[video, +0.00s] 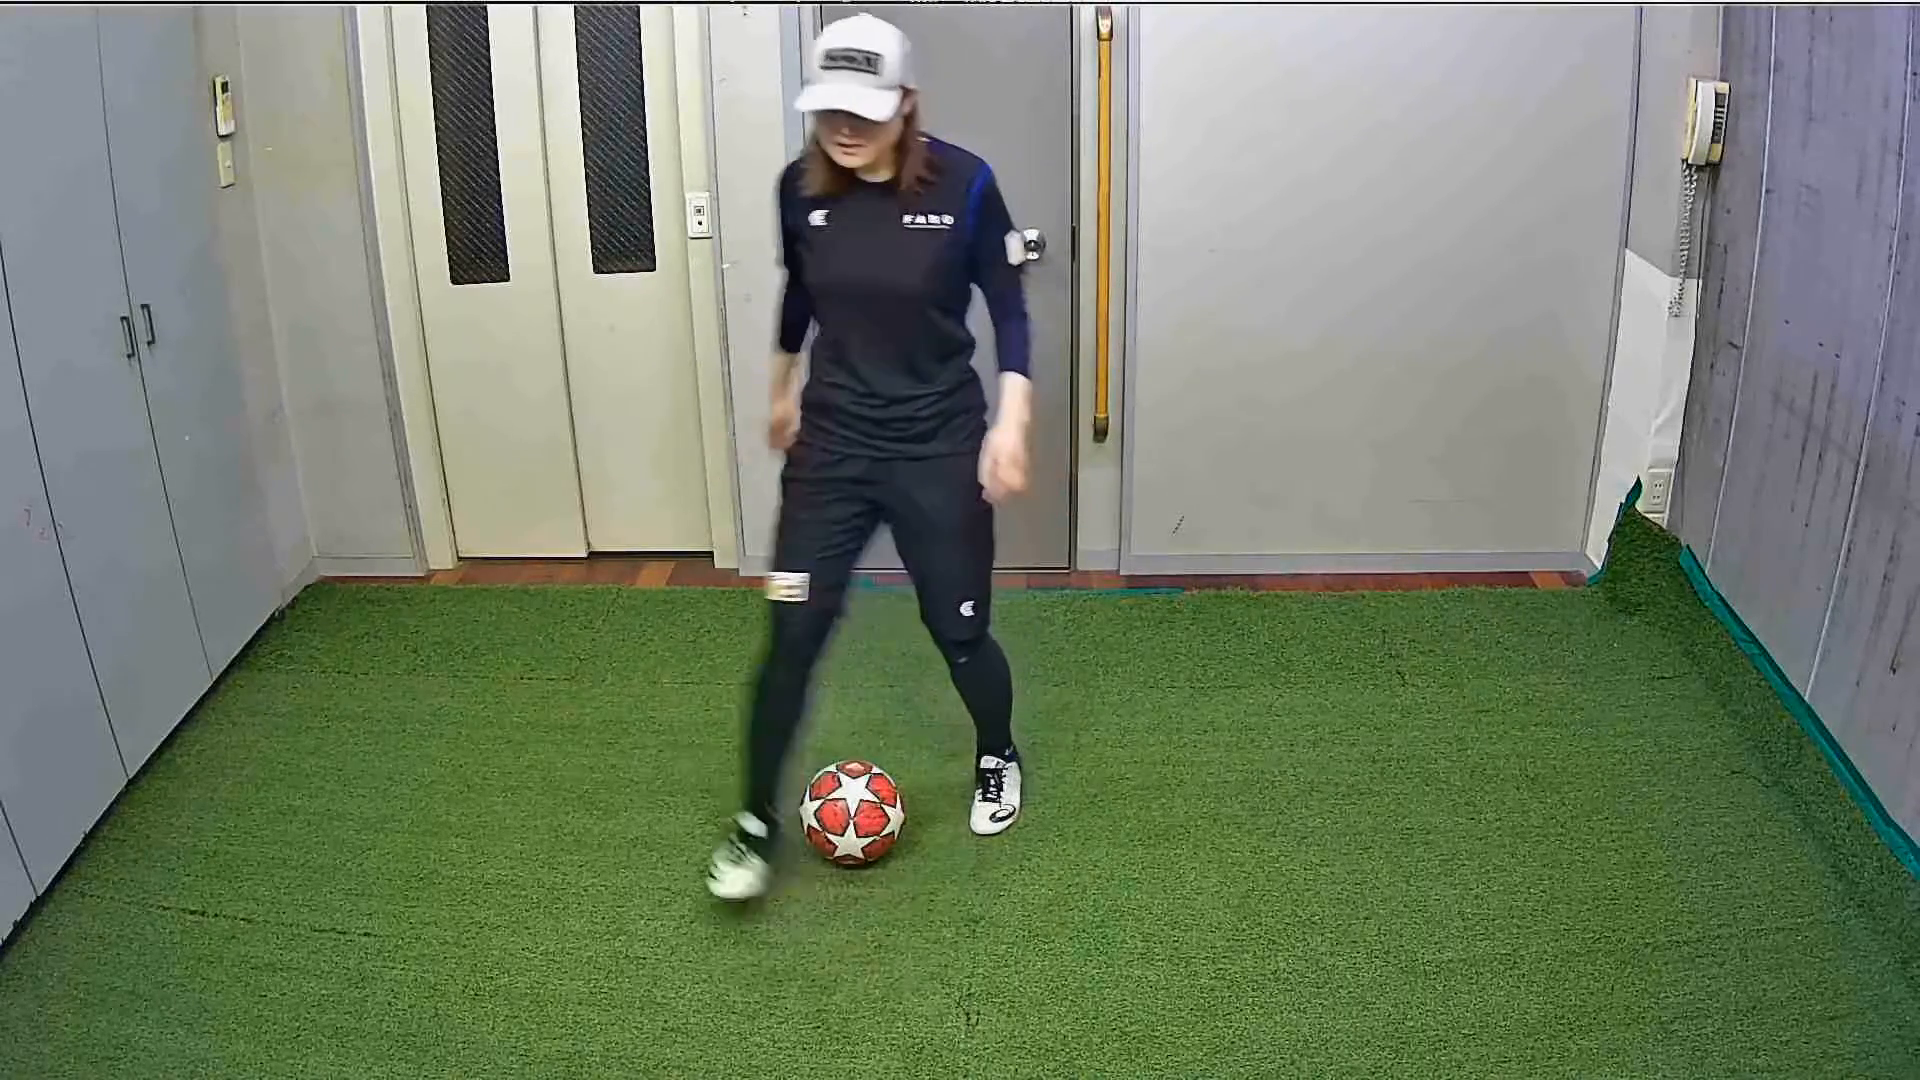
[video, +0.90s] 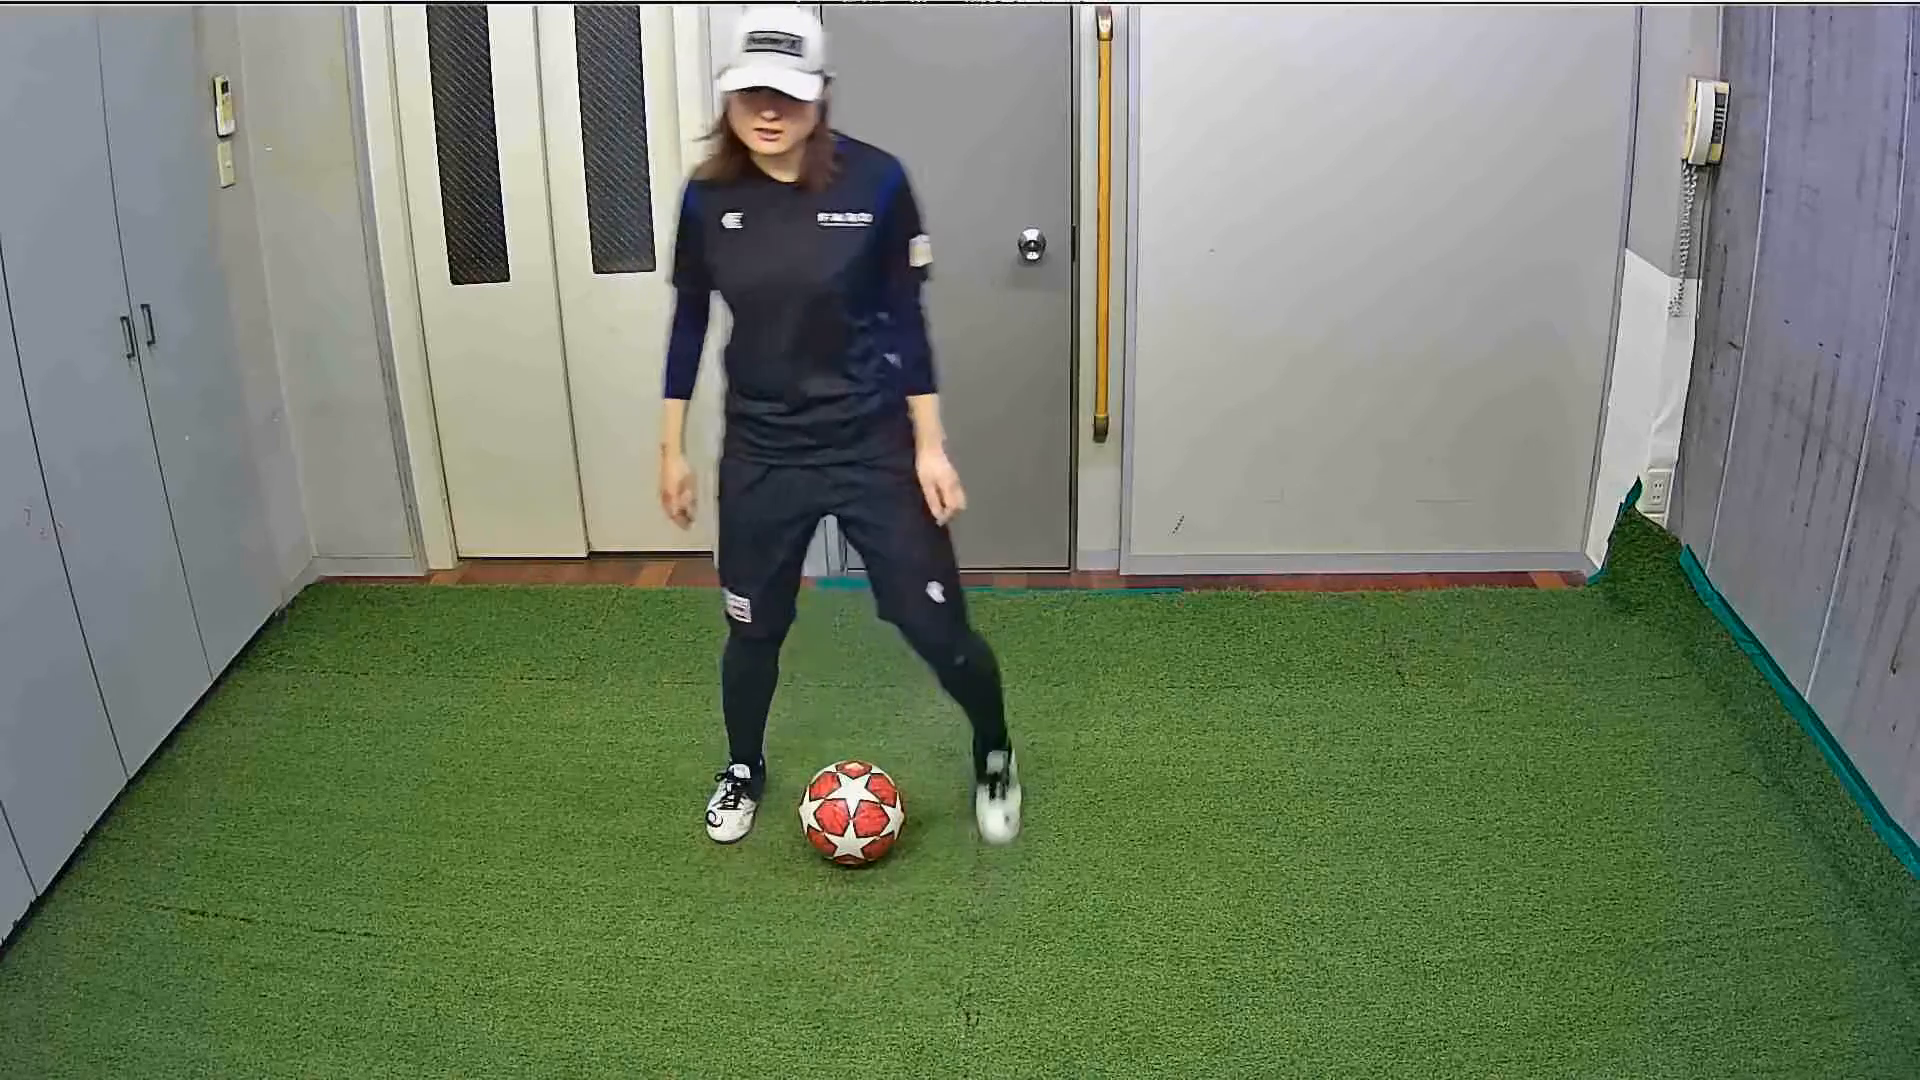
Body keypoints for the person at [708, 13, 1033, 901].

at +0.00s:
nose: (846, 127)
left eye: (864, 112)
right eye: (830, 111)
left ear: (903, 106)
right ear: (810, 108)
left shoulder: (963, 184)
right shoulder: (800, 187)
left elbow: (1009, 306)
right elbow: (799, 288)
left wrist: (1011, 420)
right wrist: (782, 391)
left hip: (939, 442)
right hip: (832, 442)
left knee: (960, 626)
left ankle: (997, 758)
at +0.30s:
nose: (750, 120)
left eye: (770, 103)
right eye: (733, 103)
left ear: (811, 103)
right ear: (714, 108)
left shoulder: (870, 186)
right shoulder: (704, 201)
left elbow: (915, 300)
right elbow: (694, 312)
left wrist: (942, 427)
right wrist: (666, 436)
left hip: (846, 446)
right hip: (742, 447)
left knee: (839, 644)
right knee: (738, 626)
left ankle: (930, 722)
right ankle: (741, 770)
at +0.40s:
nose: (721, 123)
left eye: (742, 107)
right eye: (705, 108)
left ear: (779, 108)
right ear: (686, 114)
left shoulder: (844, 185)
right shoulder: (681, 210)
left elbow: (879, 302)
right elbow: (658, 331)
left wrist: (903, 409)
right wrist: (631, 451)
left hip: (829, 451)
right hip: (727, 452)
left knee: (772, 645)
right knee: (726, 630)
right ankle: (742, 769)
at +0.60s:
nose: (714, 122)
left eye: (733, 105)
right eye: (697, 107)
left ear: (769, 106)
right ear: (677, 115)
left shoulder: (835, 181)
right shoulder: (663, 215)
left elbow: (873, 302)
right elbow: (642, 344)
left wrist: (894, 425)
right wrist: (622, 469)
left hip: (831, 445)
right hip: (724, 454)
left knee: (805, 635)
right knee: (733, 632)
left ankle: (800, 836)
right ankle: (743, 770)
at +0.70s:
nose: (724, 120)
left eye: (742, 103)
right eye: (707, 104)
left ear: (776, 104)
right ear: (684, 110)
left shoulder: (837, 179)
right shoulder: (663, 208)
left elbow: (872, 303)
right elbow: (649, 340)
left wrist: (897, 426)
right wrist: (632, 469)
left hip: (838, 436)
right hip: (729, 447)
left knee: (854, 633)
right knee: (734, 628)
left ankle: (888, 828)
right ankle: (741, 772)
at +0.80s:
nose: (751, 114)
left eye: (772, 98)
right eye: (734, 95)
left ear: (803, 100)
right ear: (708, 99)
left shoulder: (858, 182)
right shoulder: (689, 197)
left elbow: (886, 313)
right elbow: (673, 324)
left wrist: (915, 437)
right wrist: (657, 452)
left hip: (857, 437)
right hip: (747, 446)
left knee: (915, 619)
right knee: (743, 624)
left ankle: (984, 788)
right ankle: (744, 772)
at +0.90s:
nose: (770, 110)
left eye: (789, 94)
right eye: (752, 93)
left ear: (820, 98)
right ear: (727, 99)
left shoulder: (876, 182)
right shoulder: (708, 194)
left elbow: (907, 316)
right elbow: (689, 316)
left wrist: (931, 445)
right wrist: (671, 445)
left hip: (873, 443)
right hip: (761, 447)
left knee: (930, 621)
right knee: (752, 624)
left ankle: (994, 747)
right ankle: (742, 772)